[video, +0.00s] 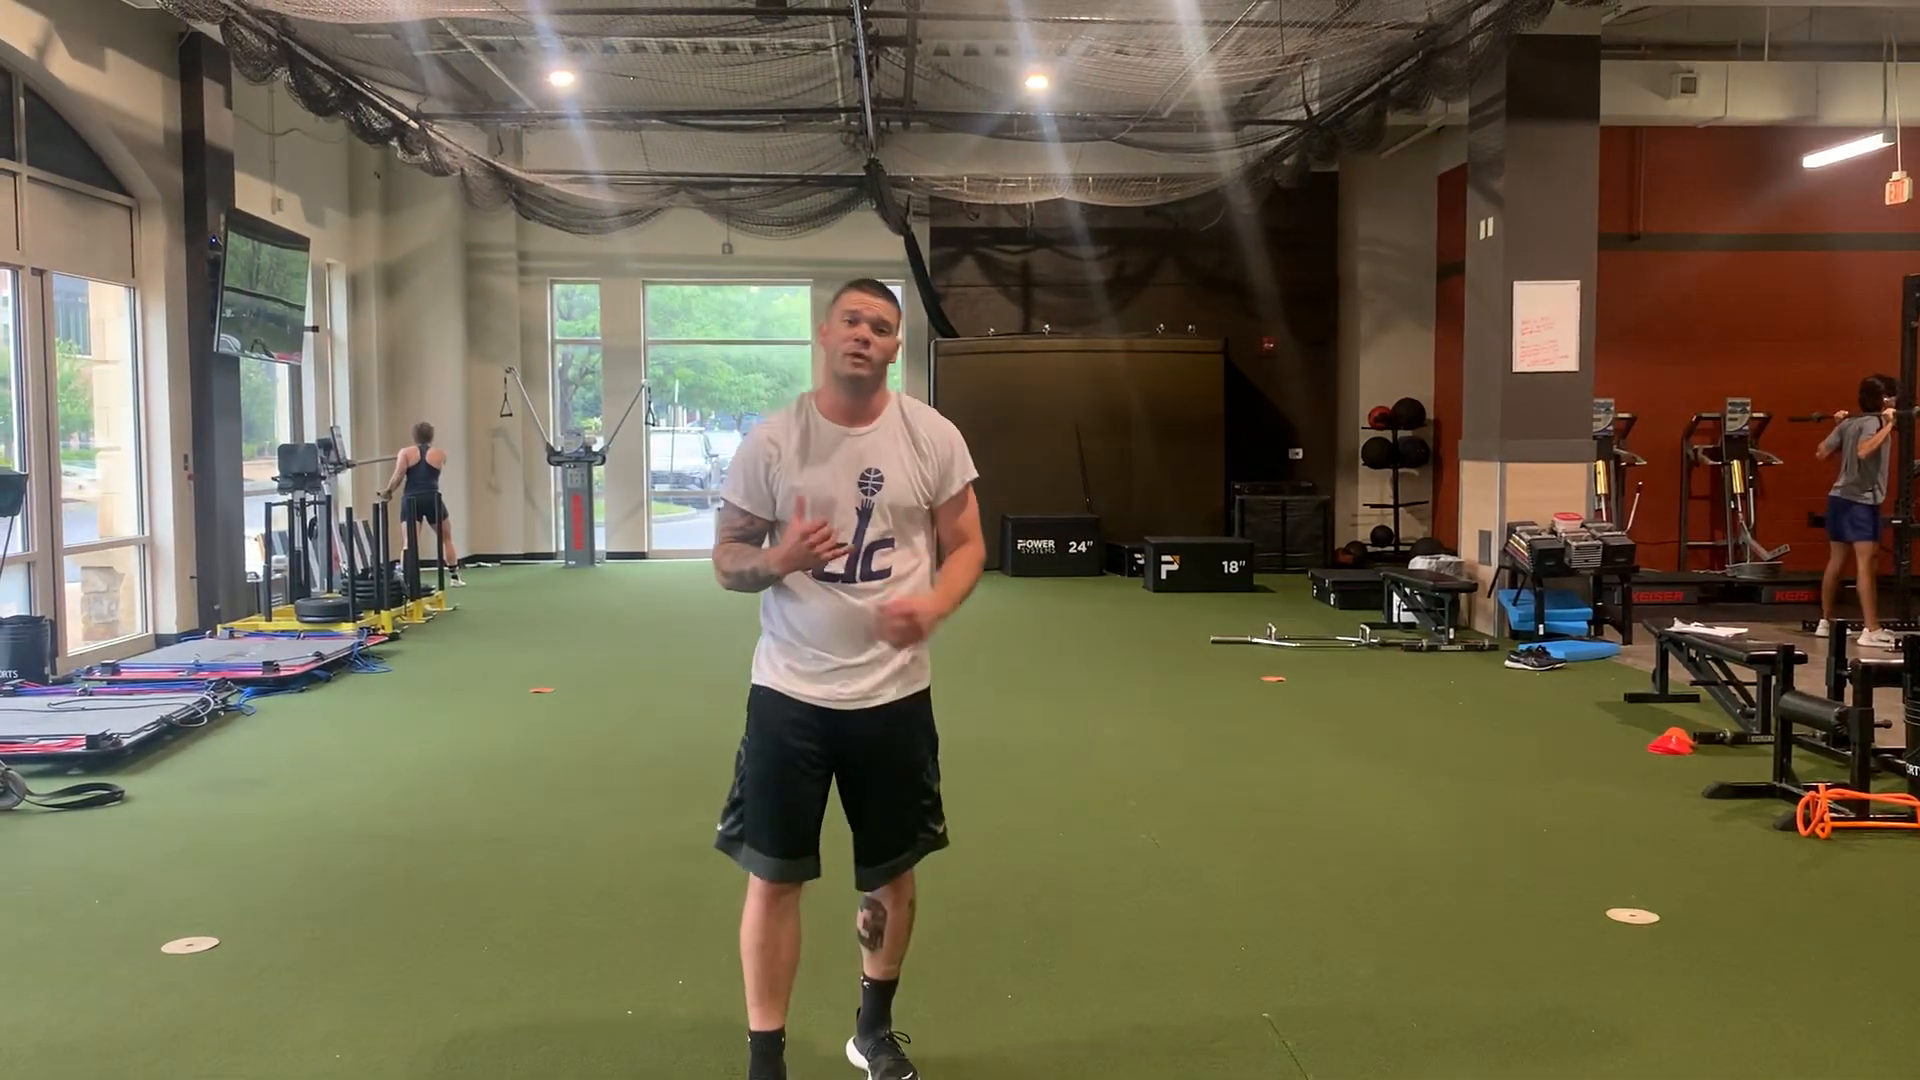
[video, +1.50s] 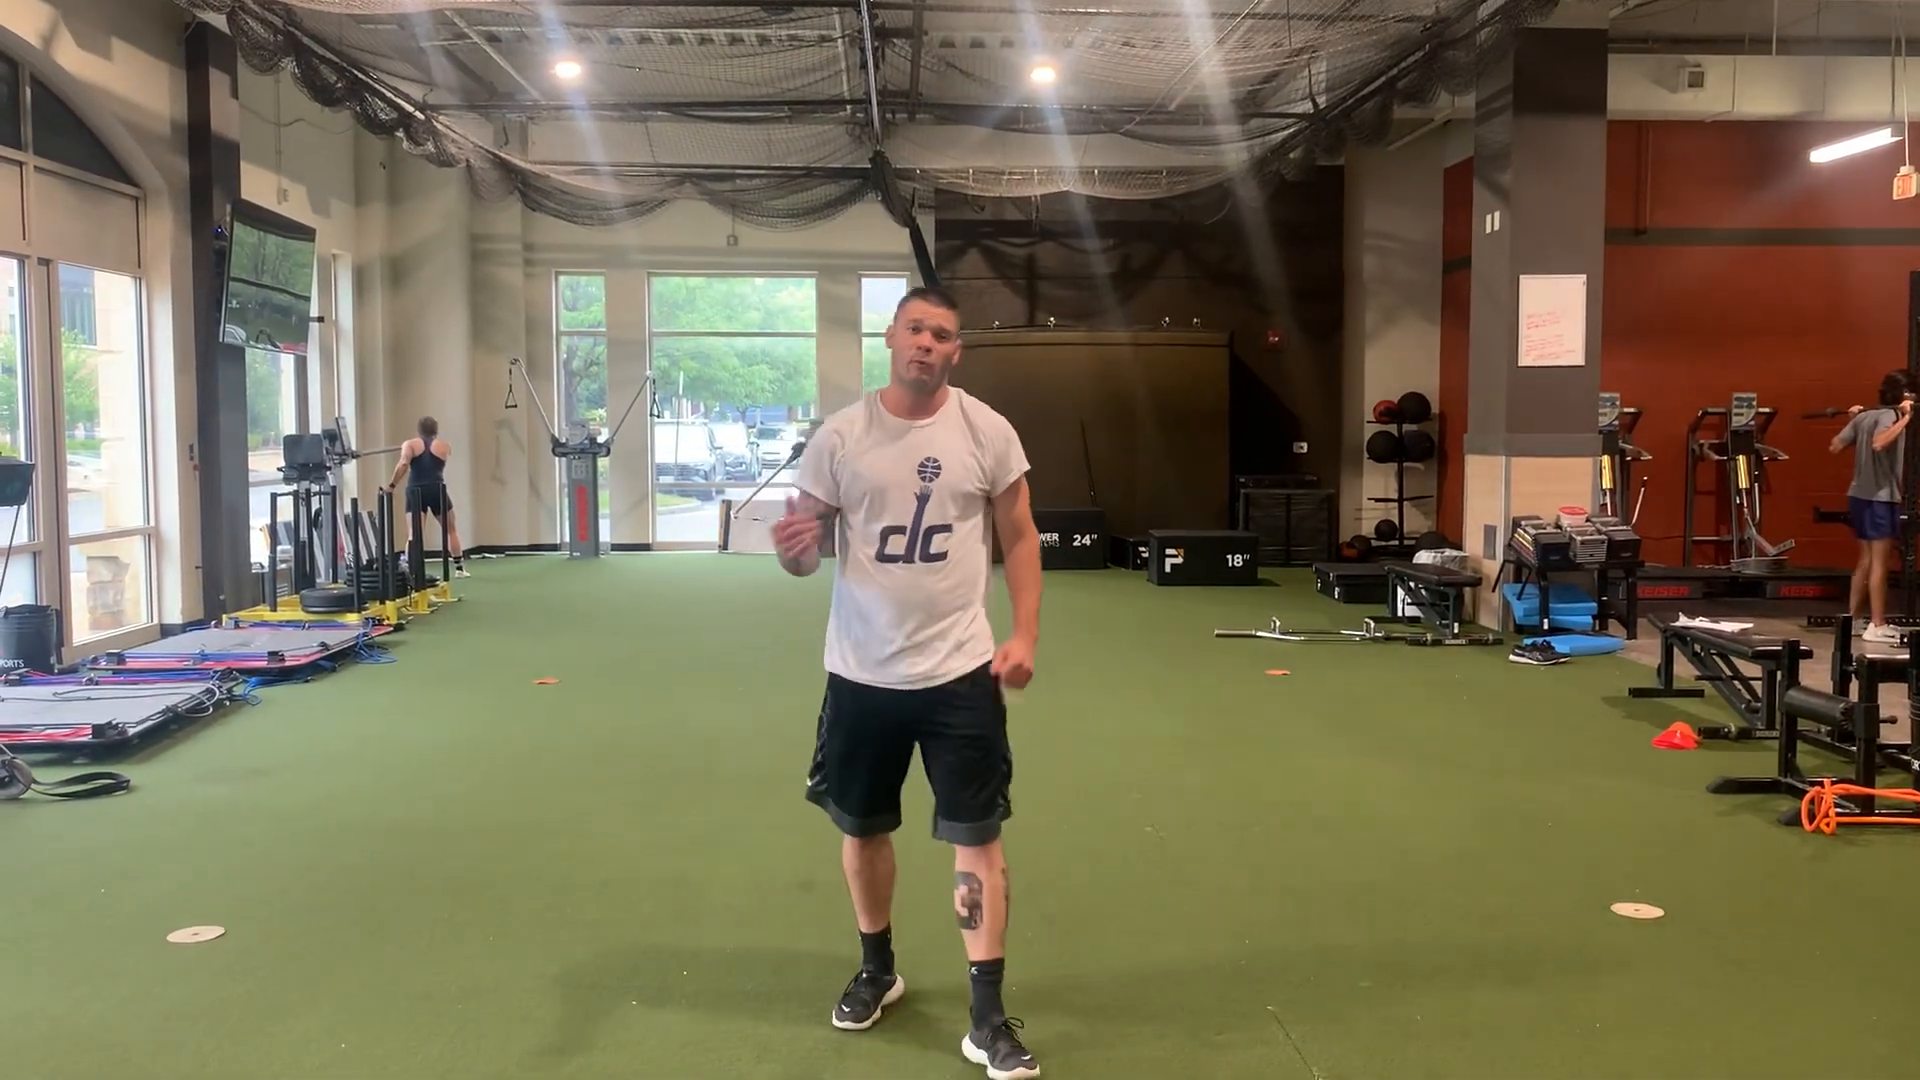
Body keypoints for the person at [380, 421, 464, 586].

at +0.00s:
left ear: (414, 437)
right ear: (431, 437)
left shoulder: (405, 453)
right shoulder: (440, 455)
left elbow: (398, 476)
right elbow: (434, 473)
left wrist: (388, 491)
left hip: (411, 499)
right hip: (432, 498)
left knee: (408, 543)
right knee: (446, 538)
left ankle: (404, 577)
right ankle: (455, 576)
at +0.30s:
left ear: (416, 436)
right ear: (432, 436)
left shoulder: (406, 452)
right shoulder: (441, 453)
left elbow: (400, 475)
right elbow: (436, 473)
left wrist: (388, 495)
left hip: (413, 498)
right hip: (434, 497)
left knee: (410, 541)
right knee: (447, 536)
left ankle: (405, 575)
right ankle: (456, 574)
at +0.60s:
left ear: (417, 432)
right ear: (433, 432)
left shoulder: (408, 447)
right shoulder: (442, 449)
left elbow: (400, 471)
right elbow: (437, 469)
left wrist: (389, 489)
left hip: (413, 494)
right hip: (434, 493)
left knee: (410, 538)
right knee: (448, 533)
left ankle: (405, 571)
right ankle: (456, 571)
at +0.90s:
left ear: (419, 431)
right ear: (435, 432)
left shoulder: (409, 446)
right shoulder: (444, 448)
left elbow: (401, 466)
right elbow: (438, 467)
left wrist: (391, 483)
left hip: (414, 492)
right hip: (435, 491)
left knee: (411, 535)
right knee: (449, 532)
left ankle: (407, 570)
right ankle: (457, 569)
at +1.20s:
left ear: (419, 431)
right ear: (436, 432)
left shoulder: (409, 445)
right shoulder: (445, 447)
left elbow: (402, 466)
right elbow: (439, 467)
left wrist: (392, 485)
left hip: (415, 492)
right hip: (436, 491)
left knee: (413, 534)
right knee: (450, 531)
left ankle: (410, 571)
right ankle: (459, 568)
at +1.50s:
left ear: (419, 430)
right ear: (436, 431)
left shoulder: (409, 445)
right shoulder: (445, 446)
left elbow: (403, 465)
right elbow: (440, 466)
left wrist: (392, 485)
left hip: (415, 491)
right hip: (437, 490)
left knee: (413, 534)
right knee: (450, 530)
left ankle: (411, 570)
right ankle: (459, 568)